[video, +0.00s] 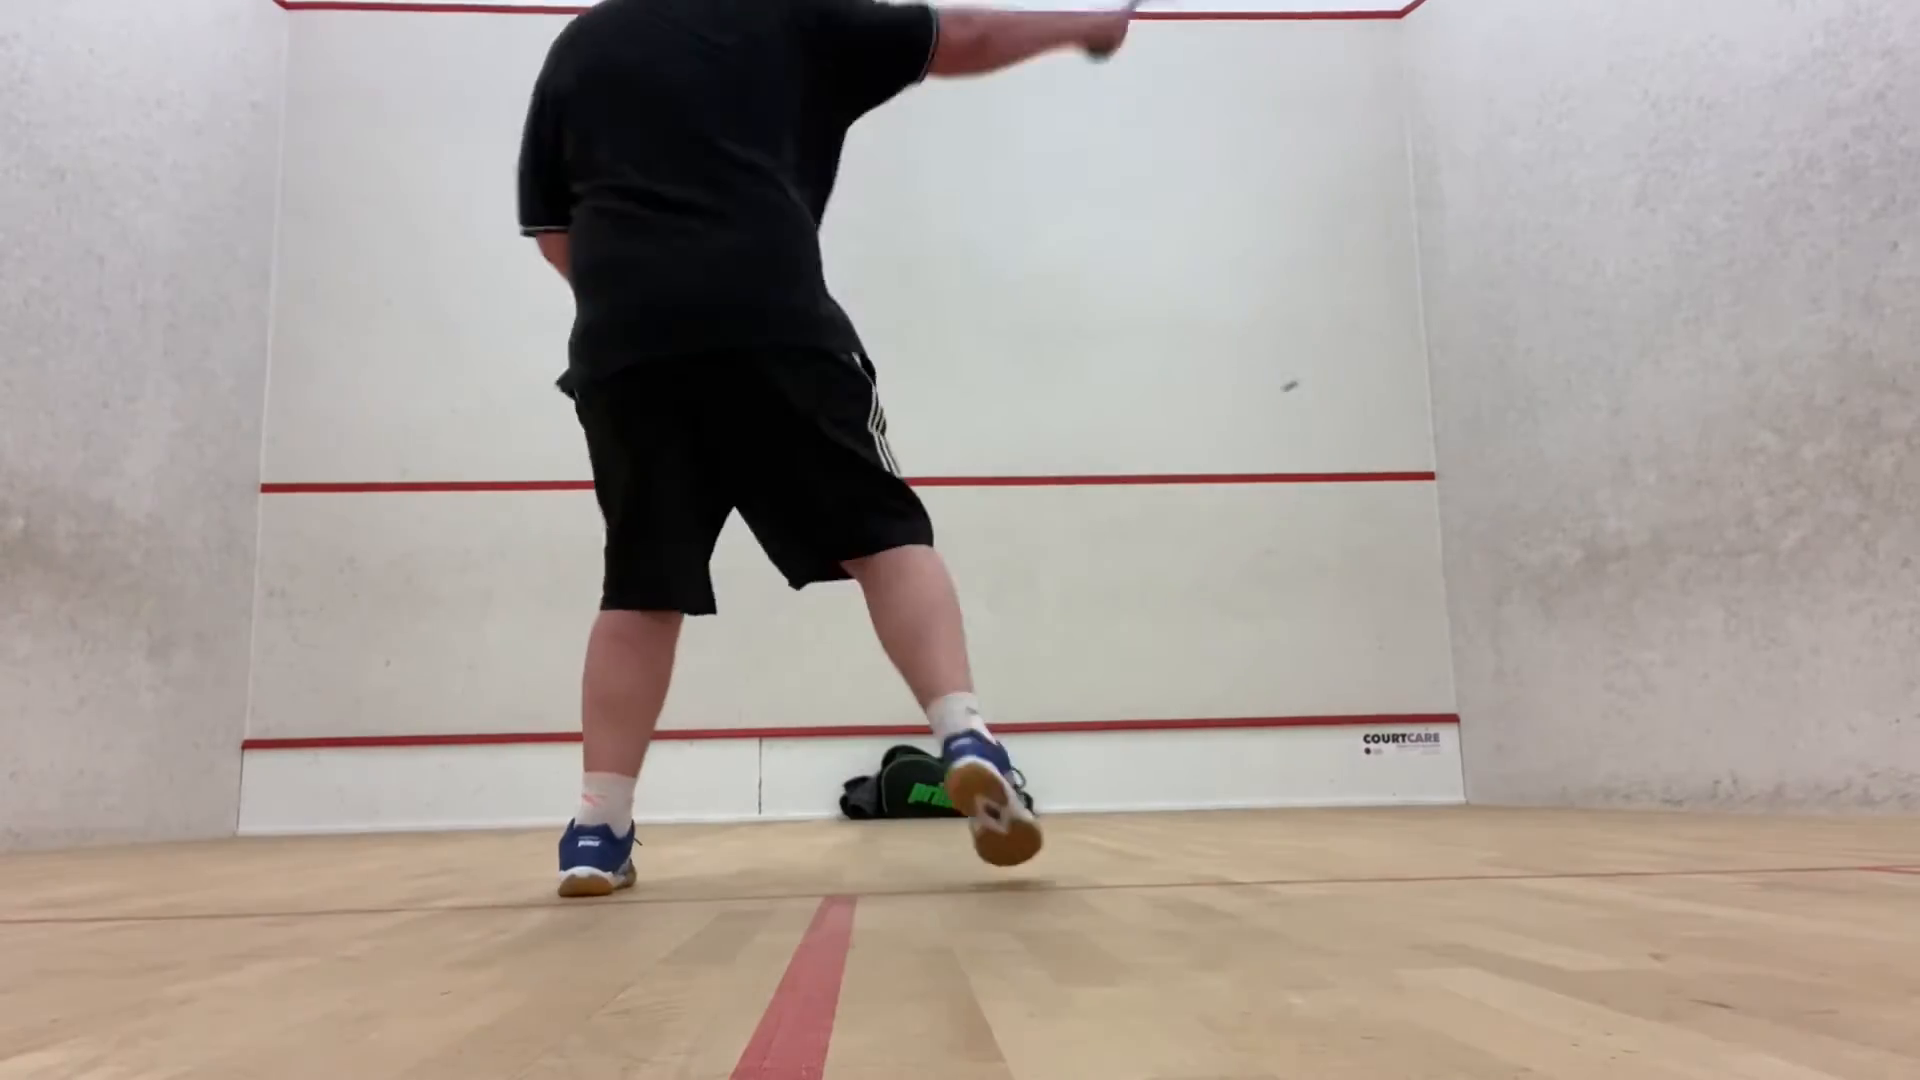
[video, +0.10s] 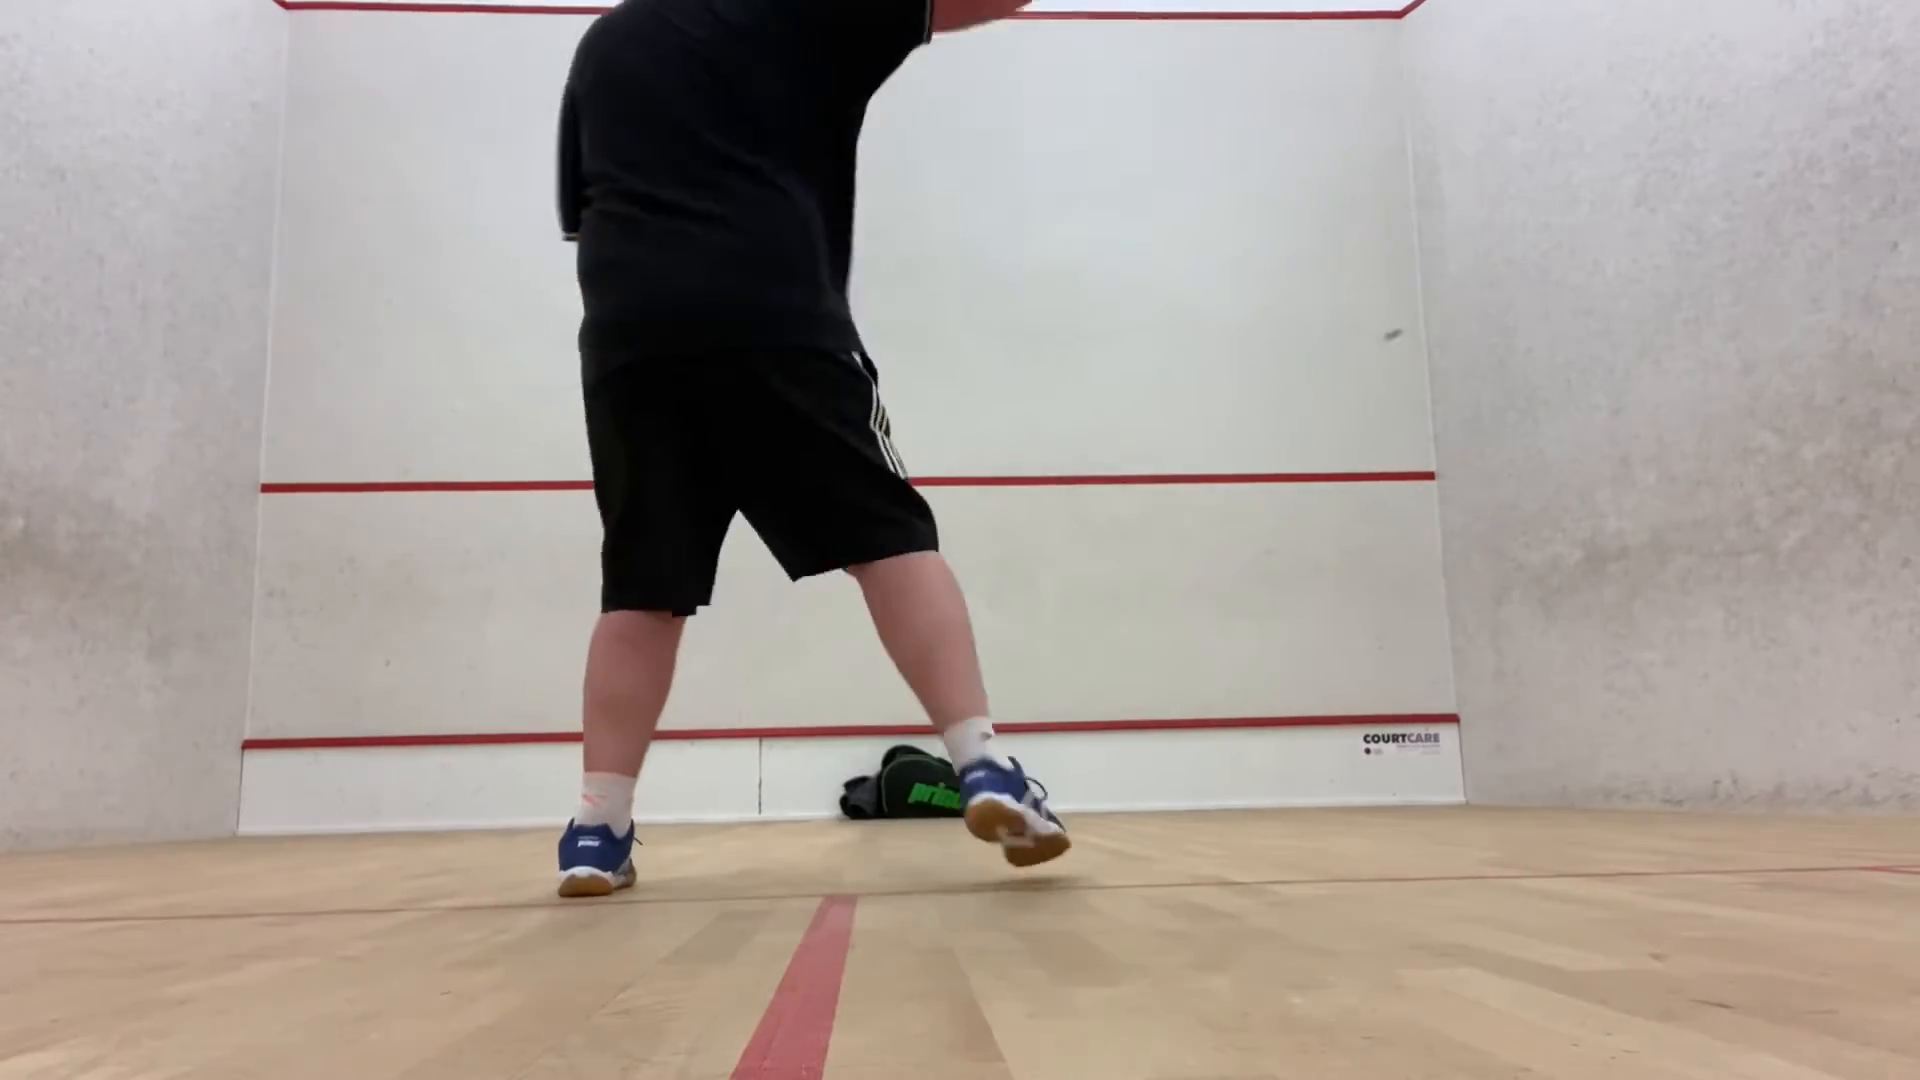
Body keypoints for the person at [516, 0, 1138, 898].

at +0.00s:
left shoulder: (581, 41)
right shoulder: (796, 16)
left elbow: (555, 232)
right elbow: (960, 41)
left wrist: (645, 310)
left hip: (625, 344)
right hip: (778, 322)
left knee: (640, 581)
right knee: (883, 533)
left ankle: (597, 827)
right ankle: (965, 740)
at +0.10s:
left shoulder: (607, 36)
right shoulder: (822, 16)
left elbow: (582, 213)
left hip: (631, 337)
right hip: (784, 323)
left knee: (642, 583)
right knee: (887, 535)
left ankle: (598, 829)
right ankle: (983, 762)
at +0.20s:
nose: (950, 5)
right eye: (947, 0)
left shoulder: (653, 35)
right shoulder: (841, 10)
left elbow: (701, 192)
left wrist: (849, 285)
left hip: (648, 330)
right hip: (791, 321)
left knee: (655, 588)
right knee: (894, 554)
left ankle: (598, 826)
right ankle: (1004, 795)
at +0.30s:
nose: (939, 12)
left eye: (949, 5)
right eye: (936, 1)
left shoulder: (706, 45)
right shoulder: (844, 16)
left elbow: (744, 218)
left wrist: (880, 274)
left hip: (670, 335)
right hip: (804, 330)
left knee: (680, 594)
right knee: (913, 569)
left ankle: (601, 828)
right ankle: (1013, 814)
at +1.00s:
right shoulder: (1029, 68)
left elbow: (786, 53)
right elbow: (1006, 242)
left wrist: (714, 195)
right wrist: (947, 341)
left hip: (772, 324)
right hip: (924, 350)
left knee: (691, 530)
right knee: (963, 573)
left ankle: (626, 756)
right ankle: (1015, 819)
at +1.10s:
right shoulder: (980, 41)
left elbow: (787, 44)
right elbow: (956, 231)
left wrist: (690, 184)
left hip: (766, 327)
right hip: (921, 345)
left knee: (683, 544)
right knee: (949, 572)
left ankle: (635, 777)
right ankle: (1015, 818)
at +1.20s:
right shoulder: (914, 22)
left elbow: (775, 52)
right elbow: (870, 124)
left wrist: (600, 145)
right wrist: (719, 93)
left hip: (758, 319)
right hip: (904, 328)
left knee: (672, 561)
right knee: (910, 565)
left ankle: (630, 828)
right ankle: (1010, 815)